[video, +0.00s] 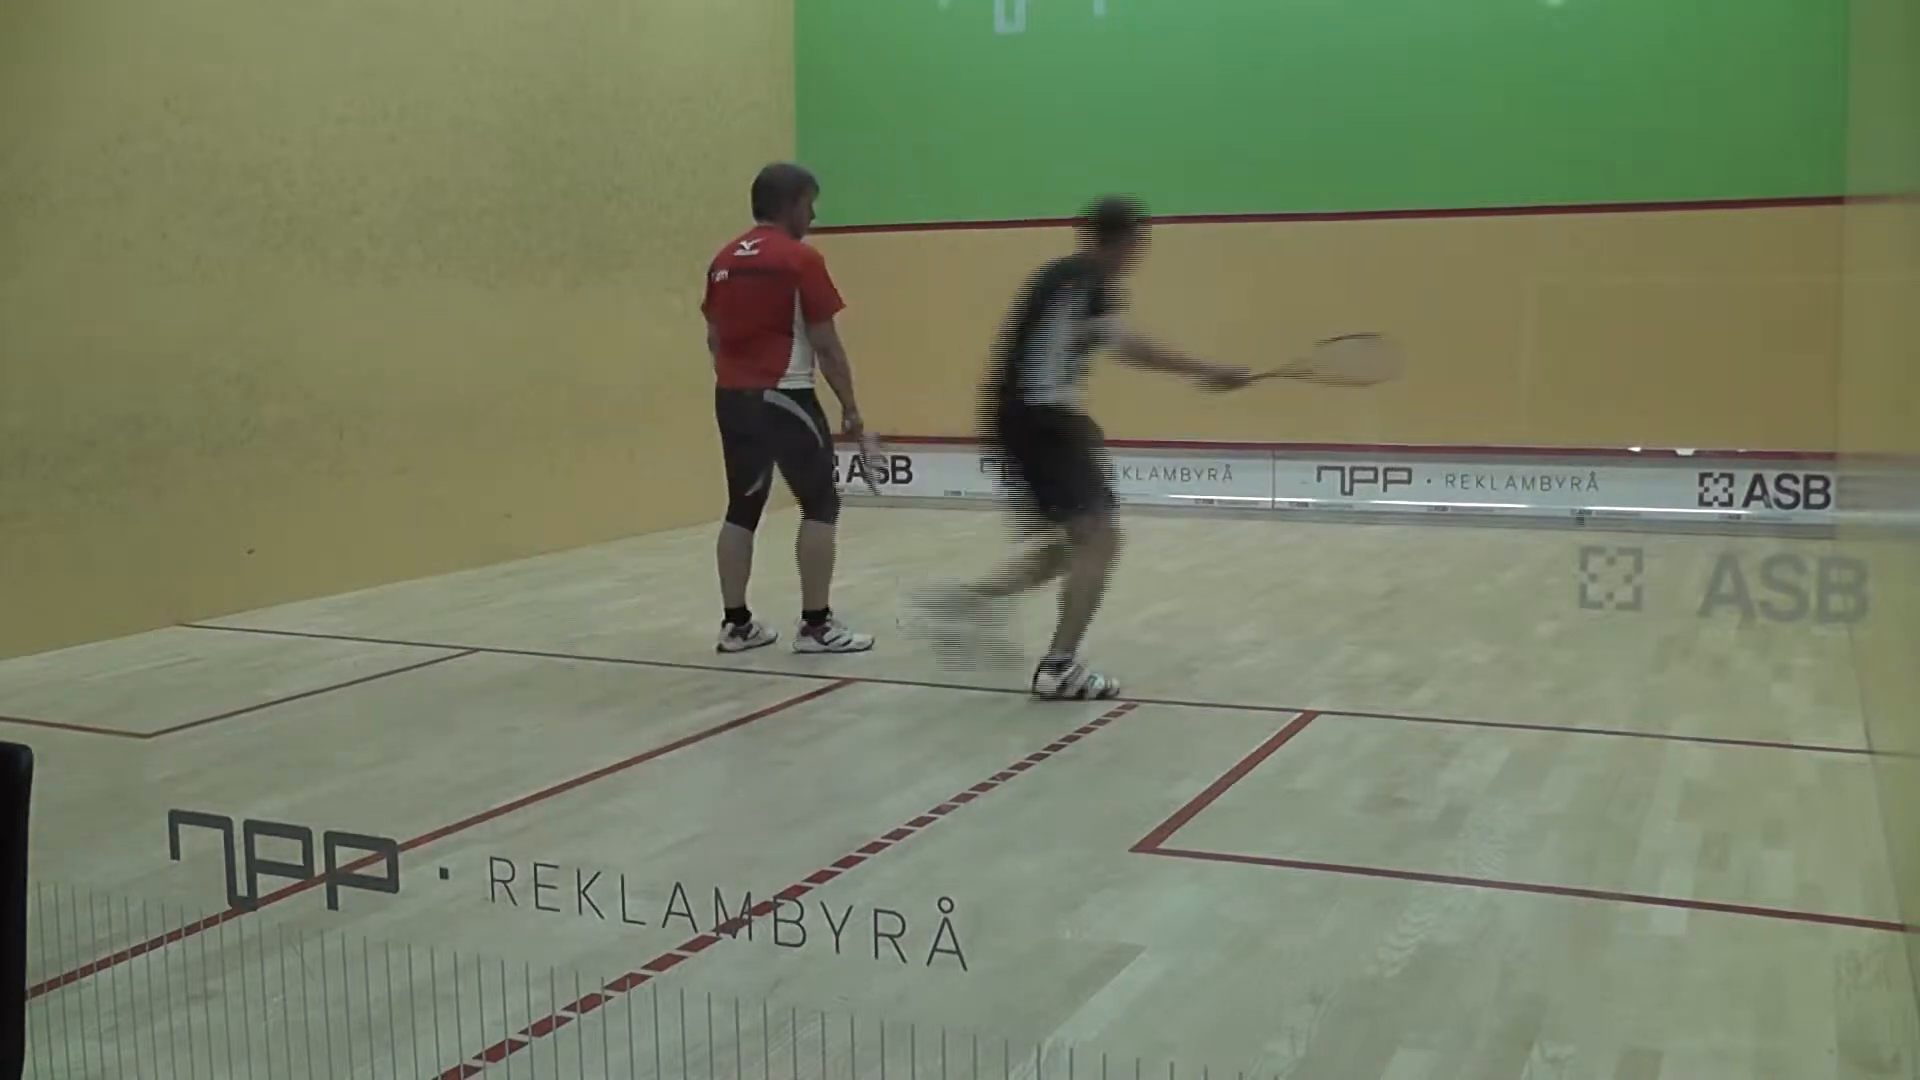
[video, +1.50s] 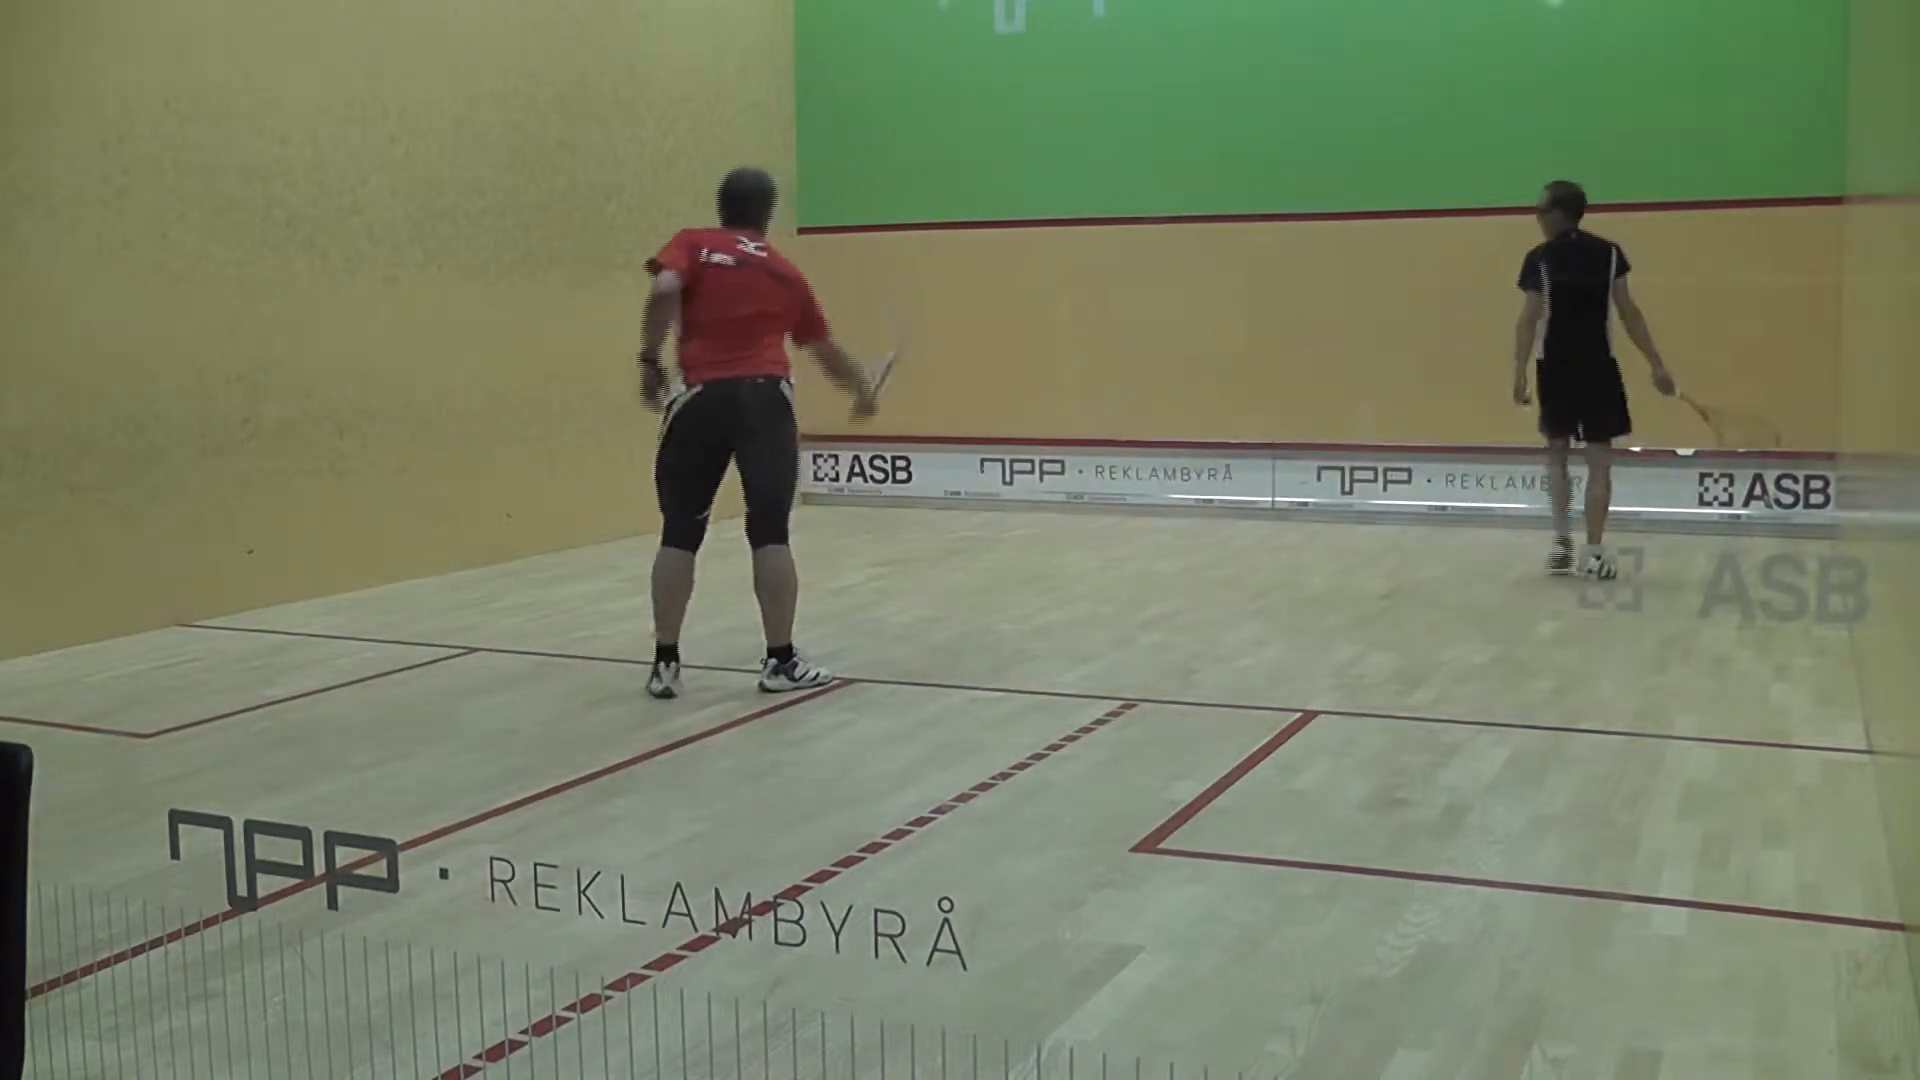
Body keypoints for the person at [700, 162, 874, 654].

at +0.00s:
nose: (812, 215)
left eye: (812, 205)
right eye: (809, 205)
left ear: (762, 205)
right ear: (791, 206)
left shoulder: (725, 257)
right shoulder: (801, 260)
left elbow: (715, 338)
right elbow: (826, 346)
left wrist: (741, 382)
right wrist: (849, 408)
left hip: (733, 400)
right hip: (786, 398)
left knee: (742, 506)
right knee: (821, 504)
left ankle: (735, 623)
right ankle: (817, 626)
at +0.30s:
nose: (820, 218)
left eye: (820, 208)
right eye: (816, 208)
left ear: (770, 208)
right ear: (797, 208)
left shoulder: (731, 258)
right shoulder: (806, 262)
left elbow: (714, 339)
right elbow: (830, 348)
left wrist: (738, 391)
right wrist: (853, 408)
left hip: (740, 405)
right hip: (793, 401)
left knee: (750, 509)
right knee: (842, 507)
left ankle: (736, 625)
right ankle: (842, 630)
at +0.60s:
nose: (862, 219)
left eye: (862, 209)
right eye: (859, 208)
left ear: (810, 206)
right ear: (840, 207)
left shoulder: (763, 256)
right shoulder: (846, 265)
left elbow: (734, 334)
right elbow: (877, 354)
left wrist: (723, 400)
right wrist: (901, 418)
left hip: (758, 405)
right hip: (817, 406)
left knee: (756, 513)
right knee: (848, 520)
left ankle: (731, 628)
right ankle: (841, 644)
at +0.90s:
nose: (840, 212)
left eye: (839, 202)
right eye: (837, 202)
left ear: (787, 204)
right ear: (823, 206)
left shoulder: (752, 256)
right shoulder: (822, 263)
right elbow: (843, 352)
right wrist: (876, 424)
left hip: (740, 408)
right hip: (797, 408)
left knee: (741, 520)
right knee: (841, 517)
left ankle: (699, 638)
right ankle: (842, 644)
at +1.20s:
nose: (806, 218)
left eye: (800, 210)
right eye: (804, 211)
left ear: (754, 217)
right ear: (801, 216)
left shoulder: (718, 258)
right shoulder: (823, 267)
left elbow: (669, 313)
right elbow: (883, 325)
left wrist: (705, 354)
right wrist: (859, 369)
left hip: (705, 398)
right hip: (767, 400)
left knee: (698, 521)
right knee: (788, 527)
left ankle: (690, 647)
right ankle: (782, 661)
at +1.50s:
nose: (769, 216)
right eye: (771, 209)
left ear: (721, 209)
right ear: (769, 214)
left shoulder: (691, 243)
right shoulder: (783, 273)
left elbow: (664, 289)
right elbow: (825, 350)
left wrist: (650, 359)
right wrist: (862, 386)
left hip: (699, 403)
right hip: (766, 403)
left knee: (679, 533)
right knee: (770, 533)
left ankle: (665, 664)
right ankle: (781, 660)